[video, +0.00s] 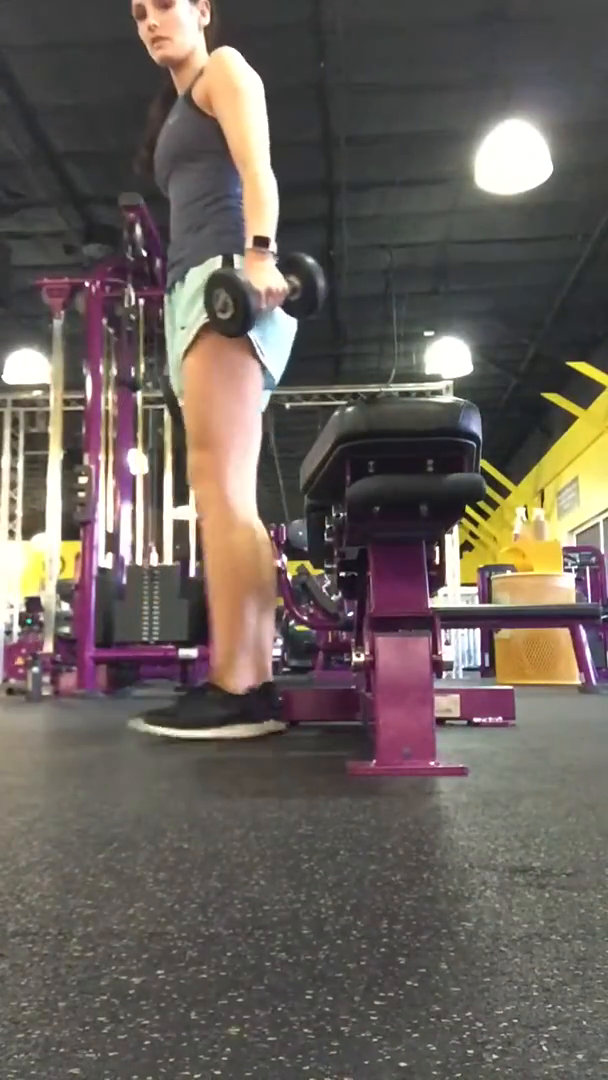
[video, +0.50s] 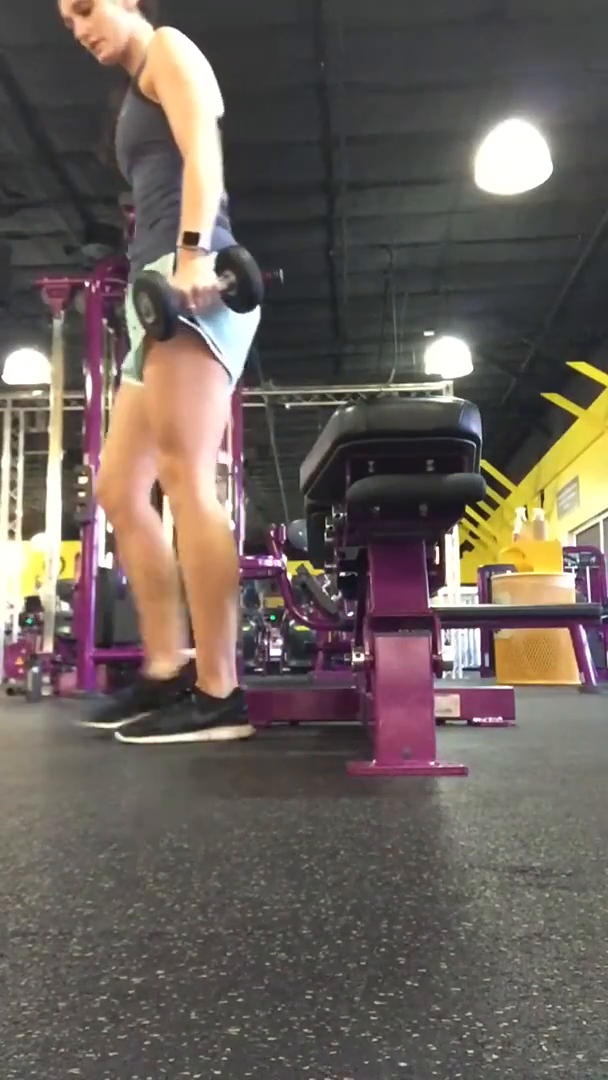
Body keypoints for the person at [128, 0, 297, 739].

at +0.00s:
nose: (150, 22)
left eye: (163, 8)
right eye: (140, 13)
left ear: (200, 11)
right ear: (139, 25)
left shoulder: (223, 67)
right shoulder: (183, 101)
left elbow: (255, 164)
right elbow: (198, 212)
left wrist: (259, 253)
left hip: (224, 284)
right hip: (202, 290)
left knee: (221, 491)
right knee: (224, 493)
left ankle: (236, 685)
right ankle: (248, 681)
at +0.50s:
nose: (79, 26)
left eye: (87, 8)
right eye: (69, 18)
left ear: (128, 1)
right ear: (72, 27)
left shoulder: (167, 49)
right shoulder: (135, 91)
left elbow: (201, 149)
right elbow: (155, 201)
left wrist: (191, 250)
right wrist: (143, 277)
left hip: (199, 283)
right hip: (162, 291)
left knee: (185, 476)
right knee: (121, 488)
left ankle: (219, 691)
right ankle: (165, 674)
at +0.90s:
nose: (48, 27)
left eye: (62, 12)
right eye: (39, 18)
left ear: (102, 19)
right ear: (38, 33)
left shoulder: (118, 73)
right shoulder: (91, 102)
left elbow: (156, 166)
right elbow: (118, 205)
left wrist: (145, 248)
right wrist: (101, 283)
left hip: (145, 289)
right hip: (143, 293)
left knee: (90, 478)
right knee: (115, 495)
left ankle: (195, 662)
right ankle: (107, 687)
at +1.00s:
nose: (47, 30)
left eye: (61, 16)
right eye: (38, 21)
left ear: (100, 25)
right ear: (38, 38)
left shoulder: (112, 76)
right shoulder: (90, 103)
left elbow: (150, 165)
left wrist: (131, 244)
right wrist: (92, 280)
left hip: (133, 292)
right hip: (165, 300)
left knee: (44, 461)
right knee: (117, 501)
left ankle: (185, 604)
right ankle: (110, 689)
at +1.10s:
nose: (48, 30)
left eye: (63, 16)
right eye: (40, 21)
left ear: (102, 27)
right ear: (39, 37)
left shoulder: (112, 79)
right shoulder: (87, 104)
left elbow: (143, 167)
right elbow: (105, 208)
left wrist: (116, 240)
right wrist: (81, 278)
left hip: (129, 293)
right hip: (159, 300)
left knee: (21, 448)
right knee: (113, 504)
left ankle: (196, 507)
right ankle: (109, 690)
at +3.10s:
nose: (61, 38)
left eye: (77, 24)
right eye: (54, 27)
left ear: (114, 36)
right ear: (53, 40)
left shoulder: (111, 90)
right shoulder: (92, 105)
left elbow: (118, 181)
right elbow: (116, 196)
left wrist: (97, 267)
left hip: (108, 295)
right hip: (91, 299)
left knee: (116, 487)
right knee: (53, 501)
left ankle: (305, 491)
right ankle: (83, 688)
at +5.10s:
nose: (18, 65)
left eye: (25, 51)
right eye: (21, 53)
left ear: (58, 49)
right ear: (71, 54)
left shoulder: (60, 98)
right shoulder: (91, 122)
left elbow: (73, 191)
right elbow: (121, 253)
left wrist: (35, 288)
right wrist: (116, 328)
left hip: (82, 318)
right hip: (89, 322)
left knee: (122, 504)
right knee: (27, 515)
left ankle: (304, 493)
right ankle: (76, 690)